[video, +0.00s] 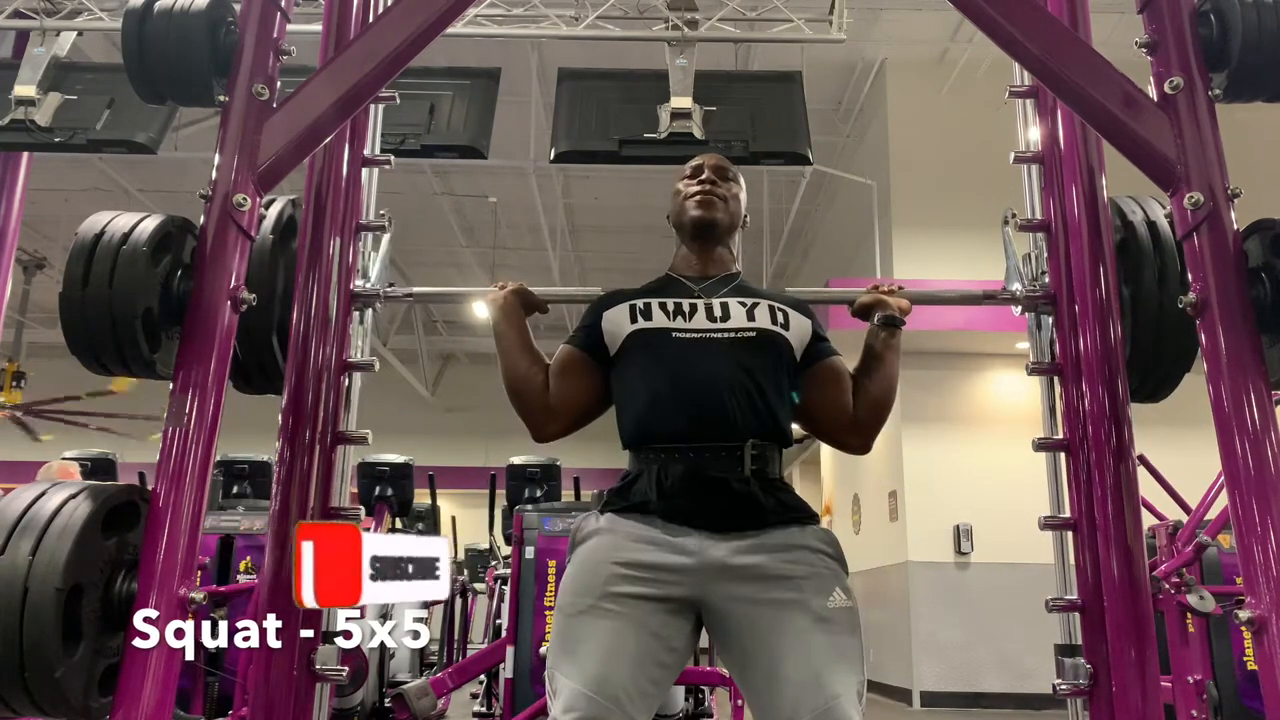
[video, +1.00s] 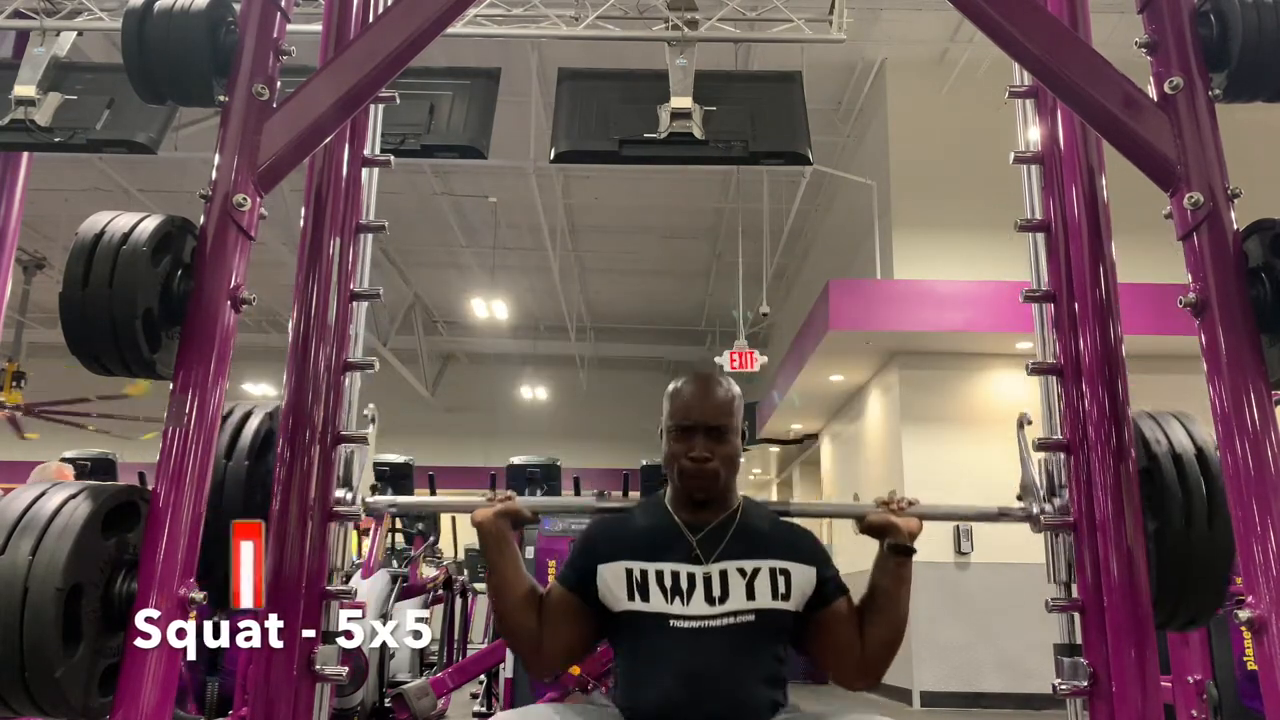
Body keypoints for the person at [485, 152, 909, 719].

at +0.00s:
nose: (707, 182)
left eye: (724, 178)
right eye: (692, 176)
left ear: (744, 214)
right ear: (669, 212)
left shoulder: (789, 318)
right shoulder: (617, 311)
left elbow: (856, 430)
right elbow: (547, 416)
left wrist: (886, 331)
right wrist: (507, 313)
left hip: (774, 538)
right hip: (637, 532)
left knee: (821, 710)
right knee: (588, 707)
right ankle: (674, 706)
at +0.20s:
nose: (707, 183)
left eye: (724, 179)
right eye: (692, 177)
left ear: (744, 214)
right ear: (670, 212)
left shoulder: (790, 320)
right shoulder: (617, 313)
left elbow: (855, 434)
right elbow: (547, 419)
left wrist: (885, 334)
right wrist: (507, 315)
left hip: (774, 549)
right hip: (636, 542)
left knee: (826, 710)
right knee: (586, 706)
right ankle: (674, 706)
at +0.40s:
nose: (705, 217)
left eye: (723, 215)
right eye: (690, 213)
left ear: (741, 253)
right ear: (670, 251)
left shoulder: (788, 355)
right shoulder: (618, 353)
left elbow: (857, 471)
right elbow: (548, 455)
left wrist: (887, 369)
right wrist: (504, 346)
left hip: (770, 589)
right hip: (632, 585)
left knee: (857, 710)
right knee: (554, 706)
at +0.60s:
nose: (703, 286)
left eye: (719, 279)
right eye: (689, 278)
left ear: (743, 310)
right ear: (669, 310)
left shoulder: (785, 414)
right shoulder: (615, 413)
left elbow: (856, 534)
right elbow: (547, 522)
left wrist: (889, 429)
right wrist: (500, 409)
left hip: (768, 643)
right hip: (631, 638)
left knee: (882, 716)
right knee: (521, 714)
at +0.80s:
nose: (702, 385)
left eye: (718, 372)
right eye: (688, 372)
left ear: (742, 388)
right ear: (666, 390)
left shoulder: (789, 497)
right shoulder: (614, 490)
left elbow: (858, 615)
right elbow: (546, 601)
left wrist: (893, 505)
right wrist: (499, 490)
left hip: (766, 693)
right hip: (636, 691)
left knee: (886, 718)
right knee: (512, 718)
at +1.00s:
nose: (697, 450)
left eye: (715, 434)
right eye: (682, 433)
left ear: (742, 443)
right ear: (662, 441)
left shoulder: (792, 548)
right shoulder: (610, 541)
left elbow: (857, 668)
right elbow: (545, 655)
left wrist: (896, 552)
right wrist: (497, 539)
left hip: (754, 712)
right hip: (644, 713)